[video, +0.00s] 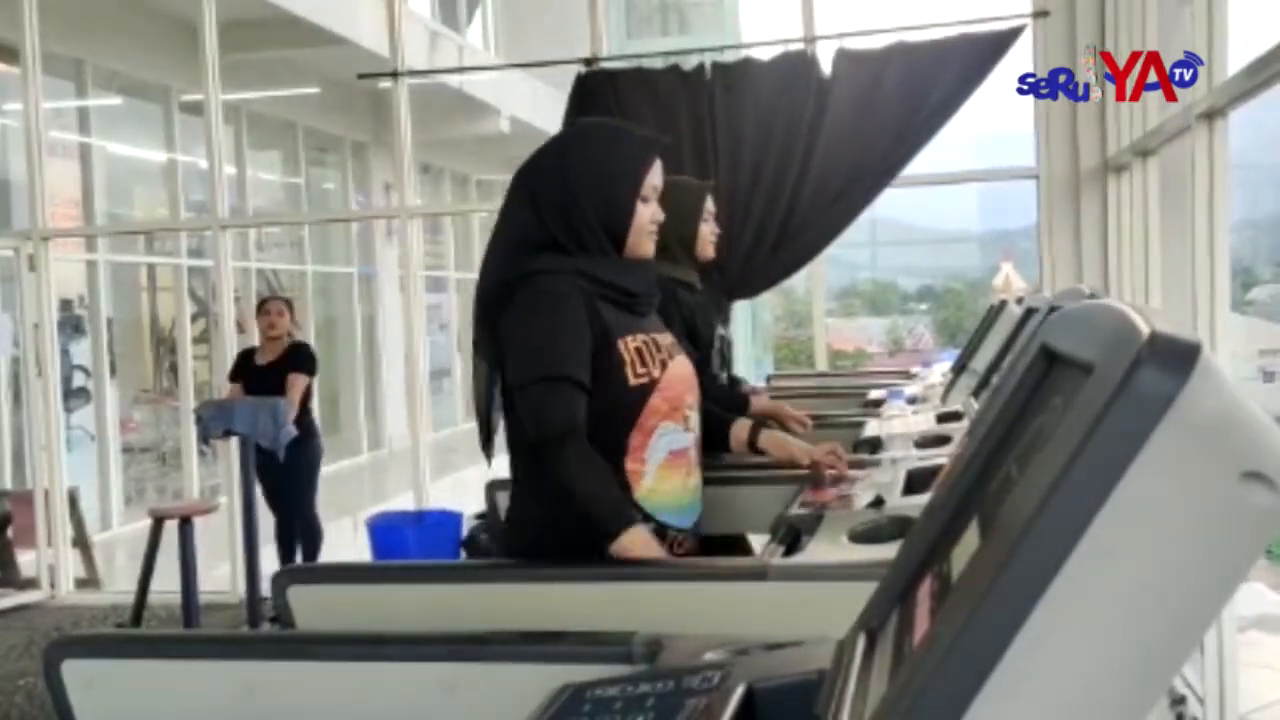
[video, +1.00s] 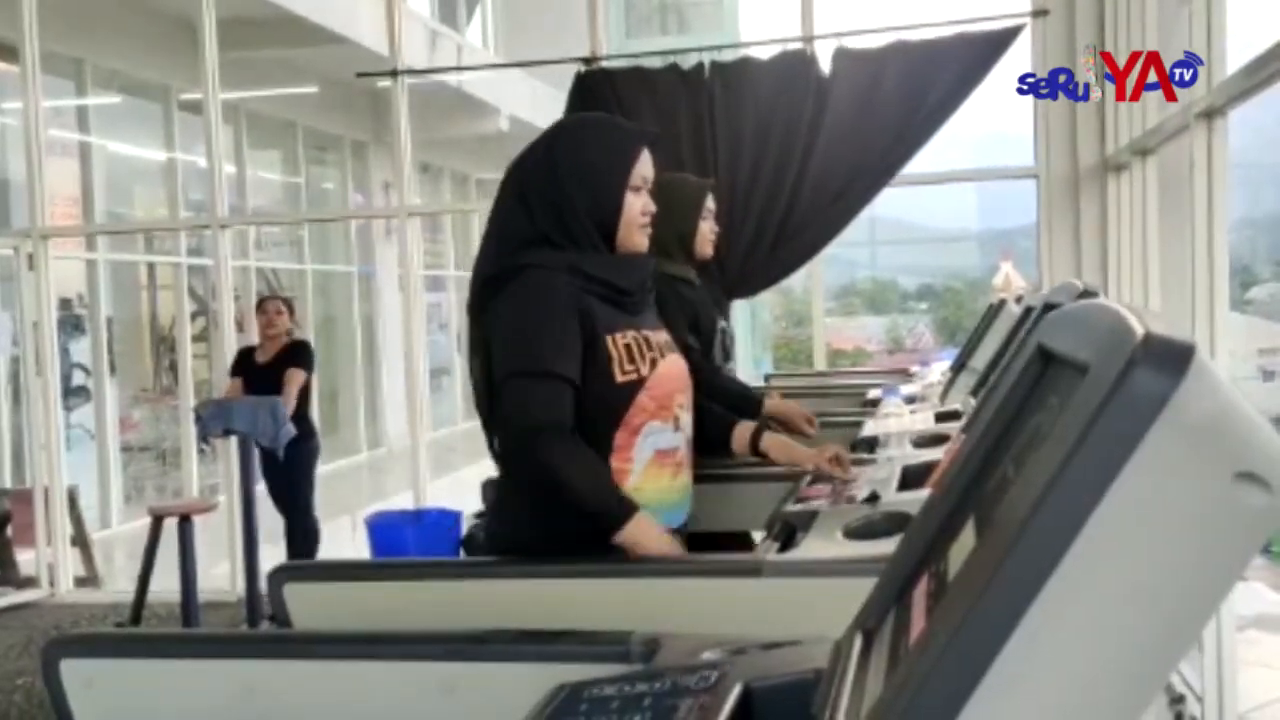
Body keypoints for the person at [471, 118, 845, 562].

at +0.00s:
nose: (659, 216)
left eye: (657, 200)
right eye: (646, 199)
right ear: (597, 196)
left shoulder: (628, 295)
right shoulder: (551, 298)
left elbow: (676, 411)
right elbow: (558, 448)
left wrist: (779, 446)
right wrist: (653, 558)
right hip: (587, 569)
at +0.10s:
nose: (662, 204)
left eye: (660, 189)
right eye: (648, 187)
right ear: (598, 184)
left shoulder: (633, 281)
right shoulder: (543, 285)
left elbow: (679, 397)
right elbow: (529, 432)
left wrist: (771, 434)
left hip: (656, 539)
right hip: (587, 551)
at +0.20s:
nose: (662, 206)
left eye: (661, 191)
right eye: (648, 189)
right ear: (599, 186)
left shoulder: (639, 287)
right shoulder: (538, 291)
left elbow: (679, 394)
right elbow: (496, 438)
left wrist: (772, 436)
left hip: (640, 552)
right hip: (558, 565)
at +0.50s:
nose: (655, 220)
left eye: (655, 204)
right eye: (642, 203)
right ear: (589, 202)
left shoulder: (628, 303)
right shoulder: (536, 314)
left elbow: (669, 415)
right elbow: (498, 475)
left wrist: (778, 442)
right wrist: (460, 594)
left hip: (648, 564)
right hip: (571, 580)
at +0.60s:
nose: (647, 208)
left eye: (646, 192)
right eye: (635, 190)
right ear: (587, 188)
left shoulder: (618, 282)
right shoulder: (536, 292)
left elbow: (669, 393)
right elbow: (532, 451)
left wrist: (774, 438)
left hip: (641, 537)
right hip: (577, 551)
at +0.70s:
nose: (643, 205)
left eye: (642, 189)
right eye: (631, 187)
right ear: (582, 186)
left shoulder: (612, 285)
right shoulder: (534, 288)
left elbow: (666, 395)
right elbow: (550, 431)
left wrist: (767, 438)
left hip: (614, 550)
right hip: (545, 563)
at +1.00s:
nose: (651, 206)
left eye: (649, 190)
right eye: (637, 189)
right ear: (589, 190)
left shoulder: (625, 288)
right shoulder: (541, 290)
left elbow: (670, 404)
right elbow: (538, 442)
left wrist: (769, 443)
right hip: (568, 565)